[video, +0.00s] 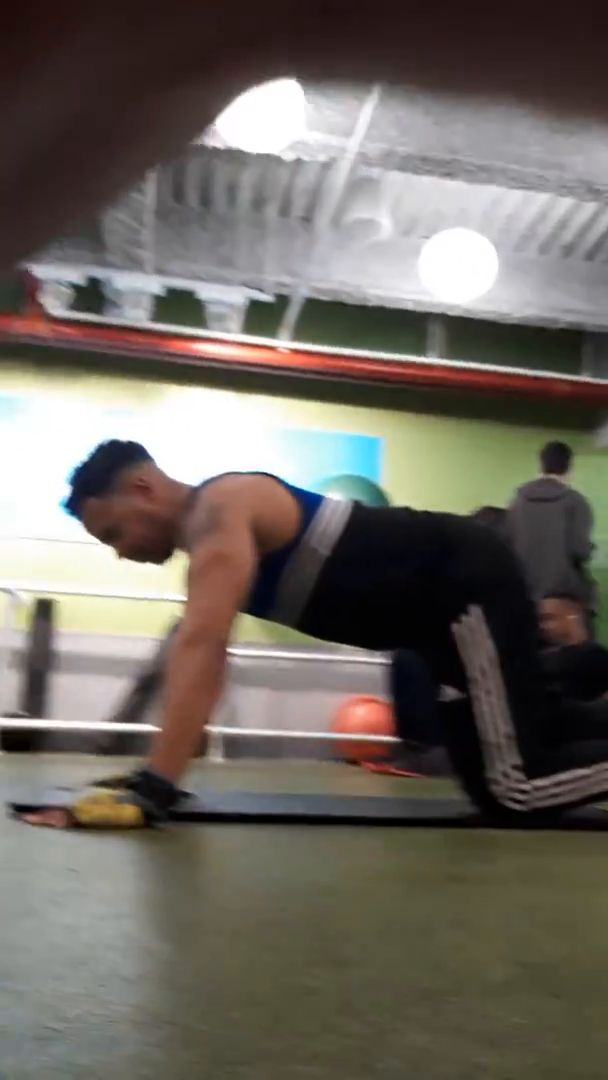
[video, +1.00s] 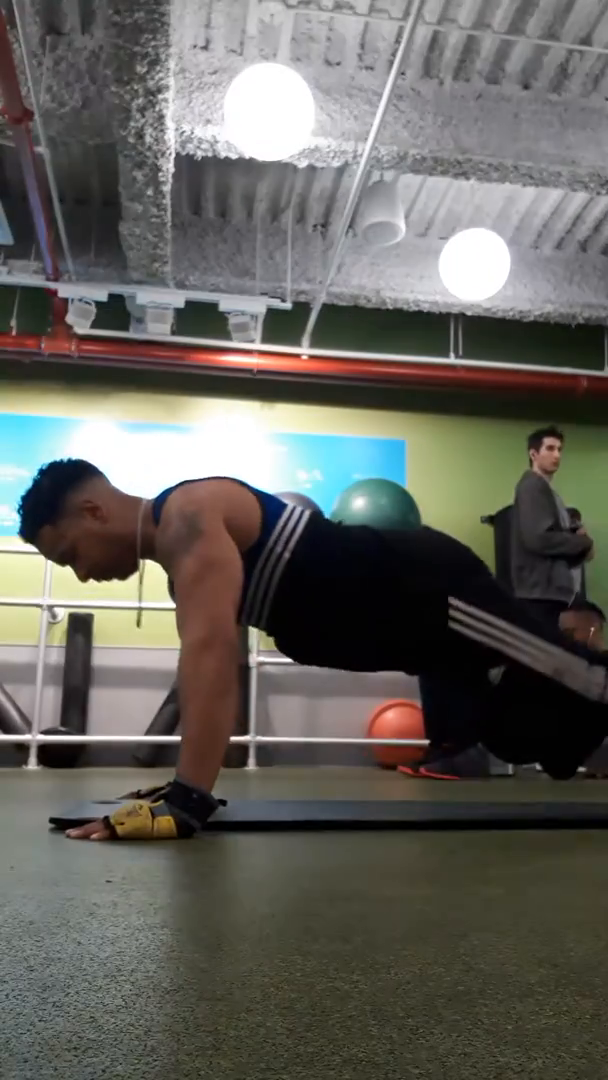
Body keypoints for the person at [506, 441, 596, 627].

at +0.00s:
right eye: (566, 462)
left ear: (542, 463)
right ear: (567, 466)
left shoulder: (520, 499)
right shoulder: (575, 502)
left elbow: (508, 539)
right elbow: (580, 549)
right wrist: (590, 547)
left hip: (526, 587)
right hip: (565, 591)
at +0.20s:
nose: (576, 473)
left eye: (576, 466)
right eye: (575, 466)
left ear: (548, 466)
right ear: (562, 465)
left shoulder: (525, 500)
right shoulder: (566, 497)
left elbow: (521, 542)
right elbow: (574, 545)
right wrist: (594, 544)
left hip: (532, 592)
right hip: (564, 594)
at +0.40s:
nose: (564, 471)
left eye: (565, 464)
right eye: (560, 463)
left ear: (541, 464)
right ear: (542, 463)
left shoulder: (523, 492)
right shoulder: (546, 492)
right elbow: (550, 537)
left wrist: (566, 524)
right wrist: (579, 538)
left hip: (528, 591)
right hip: (548, 594)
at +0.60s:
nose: (556, 466)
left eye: (557, 460)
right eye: (550, 459)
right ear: (533, 461)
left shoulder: (529, 490)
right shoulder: (534, 491)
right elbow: (536, 537)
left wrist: (560, 526)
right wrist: (574, 539)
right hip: (538, 596)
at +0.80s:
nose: (553, 462)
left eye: (555, 456)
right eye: (547, 455)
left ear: (558, 459)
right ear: (530, 458)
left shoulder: (533, 487)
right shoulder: (530, 488)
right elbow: (536, 537)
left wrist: (563, 527)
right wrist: (576, 539)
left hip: (538, 596)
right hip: (535, 598)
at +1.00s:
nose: (556, 455)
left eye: (559, 450)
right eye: (550, 449)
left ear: (562, 453)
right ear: (533, 454)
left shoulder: (543, 486)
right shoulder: (532, 485)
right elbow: (536, 539)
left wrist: (576, 535)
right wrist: (582, 542)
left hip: (549, 596)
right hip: (538, 597)